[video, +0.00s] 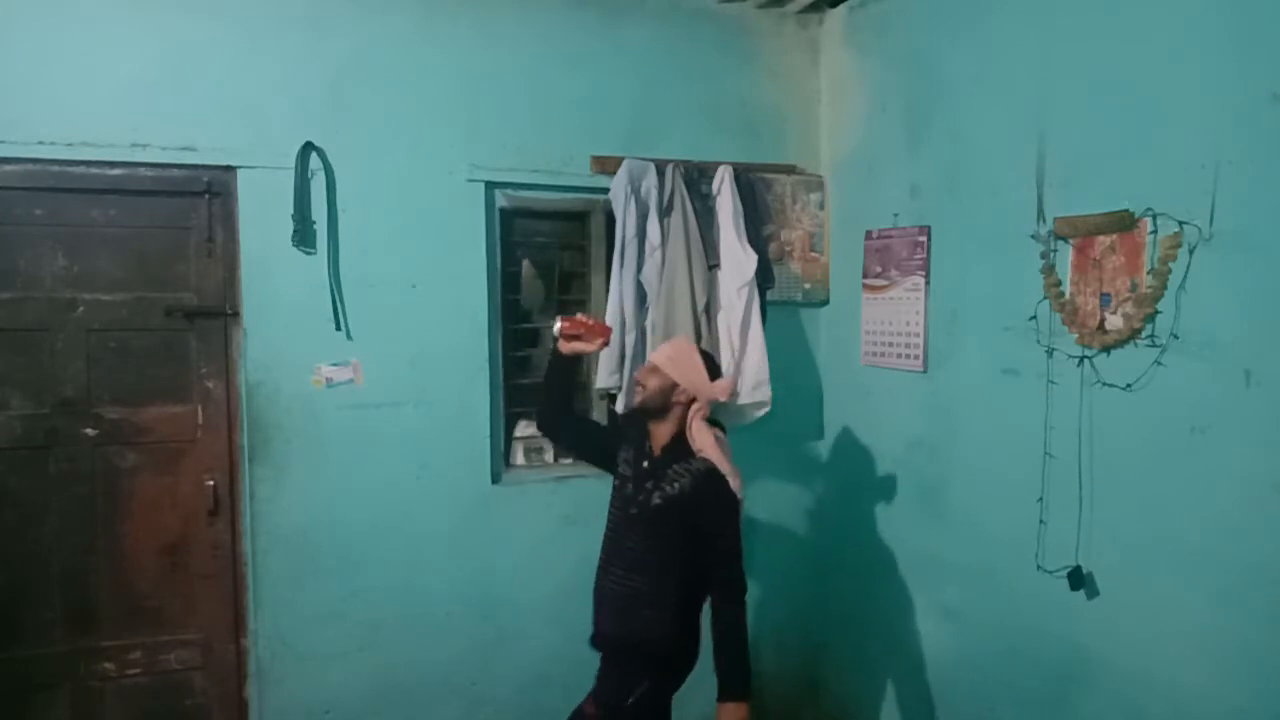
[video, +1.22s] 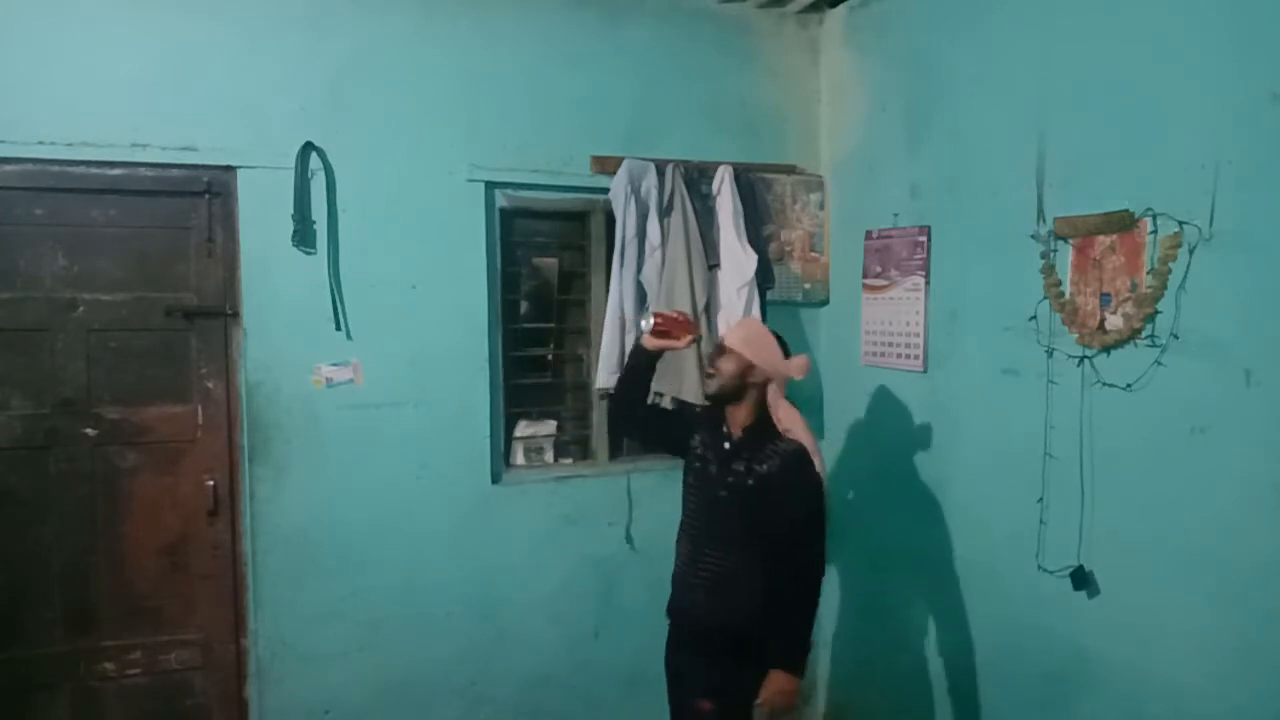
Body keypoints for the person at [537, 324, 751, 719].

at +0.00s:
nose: (638, 375)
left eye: (654, 370)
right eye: (645, 366)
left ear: (683, 393)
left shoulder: (709, 482)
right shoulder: (629, 445)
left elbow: (728, 597)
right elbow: (556, 420)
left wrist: (733, 697)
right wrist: (565, 356)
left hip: (658, 650)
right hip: (617, 639)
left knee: (591, 710)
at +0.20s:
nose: (651, 398)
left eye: (665, 393)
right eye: (657, 389)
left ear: (694, 414)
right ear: (689, 414)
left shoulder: (710, 507)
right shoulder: (640, 464)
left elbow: (703, 621)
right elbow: (567, 444)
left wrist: (682, 709)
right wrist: (566, 378)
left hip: (629, 670)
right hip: (593, 654)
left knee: (557, 713)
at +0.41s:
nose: (676, 382)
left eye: (691, 376)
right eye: (683, 373)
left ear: (718, 401)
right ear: (715, 403)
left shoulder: (725, 487)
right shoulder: (672, 445)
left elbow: (697, 595)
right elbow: (597, 430)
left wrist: (644, 679)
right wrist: (596, 371)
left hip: (658, 652)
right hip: (627, 637)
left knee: (589, 710)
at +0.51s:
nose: (679, 365)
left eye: (694, 360)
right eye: (686, 356)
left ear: (725, 382)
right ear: (720, 382)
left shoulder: (738, 463)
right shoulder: (680, 434)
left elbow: (718, 577)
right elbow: (602, 417)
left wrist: (664, 653)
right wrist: (605, 363)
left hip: (697, 636)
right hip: (663, 627)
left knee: (634, 710)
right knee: (683, 713)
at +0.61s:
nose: (679, 354)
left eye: (695, 350)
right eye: (687, 344)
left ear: (725, 373)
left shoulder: (747, 451)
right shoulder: (685, 426)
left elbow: (741, 565)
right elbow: (610, 416)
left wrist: (696, 655)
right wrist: (610, 357)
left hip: (723, 625)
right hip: (689, 615)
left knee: (657, 711)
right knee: (701, 713)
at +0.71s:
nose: (681, 352)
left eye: (697, 346)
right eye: (688, 342)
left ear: (725, 369)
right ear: (719, 370)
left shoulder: (751, 440)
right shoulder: (689, 425)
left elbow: (758, 558)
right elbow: (615, 422)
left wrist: (739, 667)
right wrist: (611, 364)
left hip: (732, 626)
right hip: (701, 618)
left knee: (676, 711)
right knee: (705, 710)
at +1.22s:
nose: (711, 360)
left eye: (725, 353)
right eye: (716, 350)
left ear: (756, 371)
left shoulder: (791, 462)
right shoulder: (699, 431)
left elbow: (804, 572)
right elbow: (628, 416)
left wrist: (787, 666)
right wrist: (647, 350)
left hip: (751, 637)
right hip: (690, 627)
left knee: (733, 712)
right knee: (685, 711)